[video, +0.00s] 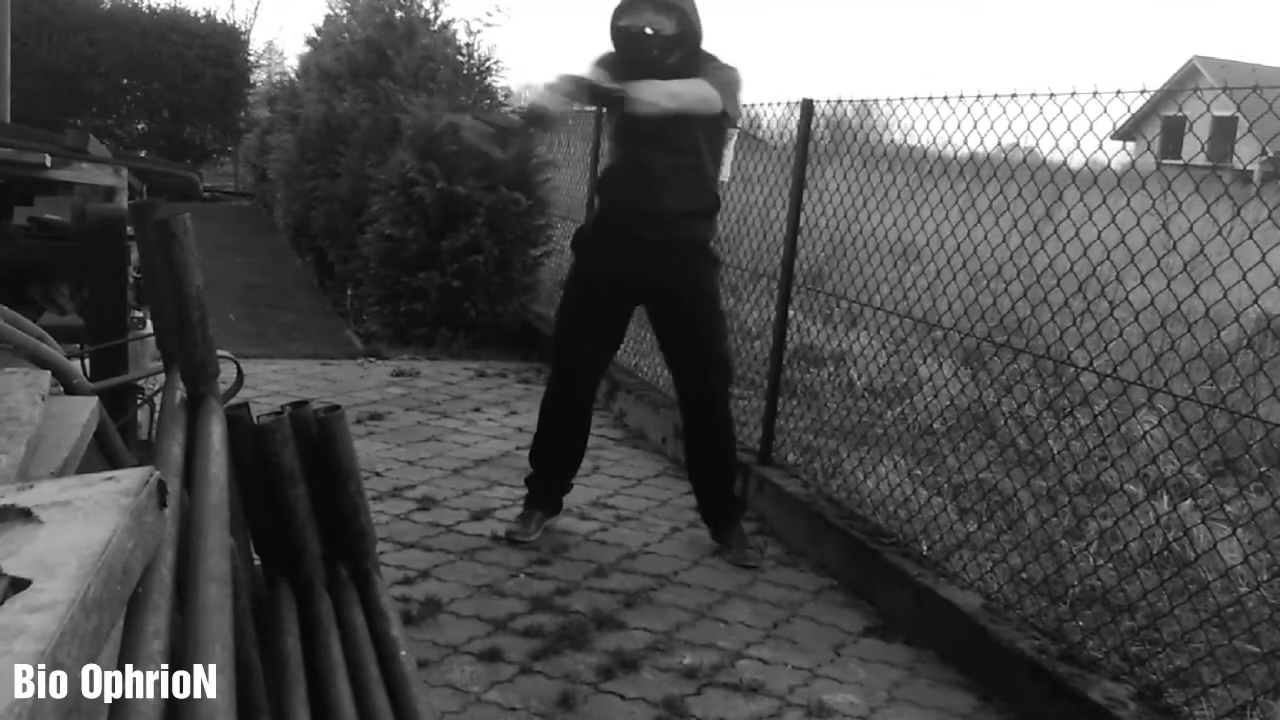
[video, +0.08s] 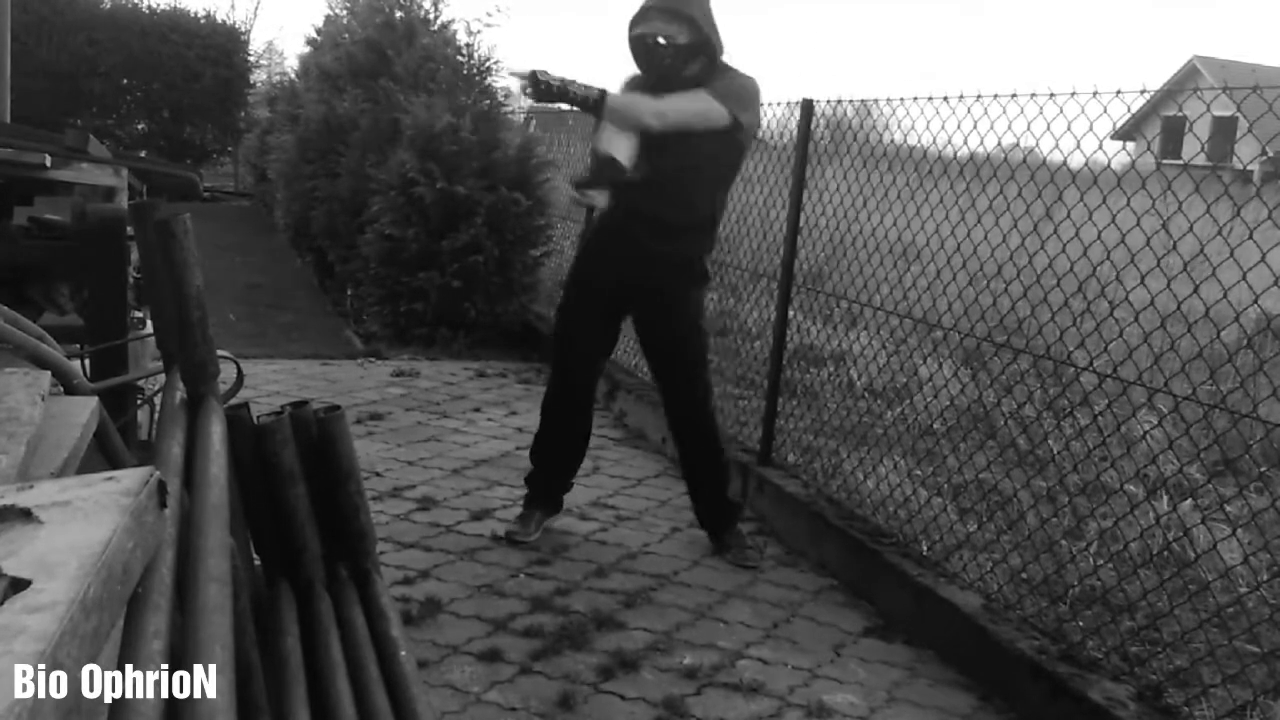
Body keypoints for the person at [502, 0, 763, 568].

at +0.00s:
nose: (643, 41)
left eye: (657, 29)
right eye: (631, 31)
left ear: (684, 35)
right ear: (619, 36)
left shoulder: (719, 78)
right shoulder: (614, 74)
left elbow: (655, 98)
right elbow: (557, 91)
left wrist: (603, 92)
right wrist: (538, 104)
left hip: (682, 255)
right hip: (608, 248)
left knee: (707, 387)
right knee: (571, 375)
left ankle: (725, 520)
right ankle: (542, 499)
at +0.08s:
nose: (657, 58)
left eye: (671, 45)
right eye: (648, 46)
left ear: (701, 44)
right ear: (638, 46)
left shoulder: (737, 92)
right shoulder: (633, 94)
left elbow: (657, 114)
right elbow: (614, 142)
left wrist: (575, 95)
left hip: (671, 270)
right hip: (604, 258)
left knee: (690, 401)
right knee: (570, 382)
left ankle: (722, 524)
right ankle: (541, 500)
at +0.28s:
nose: (656, 45)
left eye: (671, 33)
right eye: (645, 34)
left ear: (697, 35)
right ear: (632, 36)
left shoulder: (727, 75)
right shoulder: (631, 80)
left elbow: (717, 128)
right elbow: (593, 129)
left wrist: (648, 108)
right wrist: (613, 84)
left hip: (683, 256)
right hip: (612, 247)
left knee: (705, 391)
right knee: (571, 374)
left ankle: (724, 522)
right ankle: (542, 499)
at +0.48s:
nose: (647, 29)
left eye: (660, 23)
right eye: (638, 17)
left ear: (676, 34)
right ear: (614, 17)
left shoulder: (687, 72)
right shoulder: (584, 62)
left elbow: (689, 121)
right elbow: (591, 123)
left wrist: (658, 171)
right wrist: (642, 170)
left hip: (692, 251)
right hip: (616, 250)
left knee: (717, 382)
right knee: (584, 380)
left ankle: (735, 518)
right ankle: (546, 501)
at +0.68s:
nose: (645, 48)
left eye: (658, 39)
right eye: (633, 35)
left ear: (676, 43)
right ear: (609, 35)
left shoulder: (688, 77)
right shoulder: (586, 77)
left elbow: (681, 108)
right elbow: (590, 109)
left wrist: (651, 126)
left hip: (690, 254)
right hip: (616, 251)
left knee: (725, 377)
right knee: (578, 377)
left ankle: (735, 518)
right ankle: (546, 502)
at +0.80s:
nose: (657, 35)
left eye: (667, 26)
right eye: (647, 30)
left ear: (691, 22)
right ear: (643, 23)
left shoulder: (726, 61)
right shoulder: (628, 57)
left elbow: (693, 58)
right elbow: (607, 75)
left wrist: (671, 0)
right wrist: (623, 12)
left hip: (688, 247)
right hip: (616, 241)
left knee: (710, 387)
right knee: (577, 375)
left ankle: (728, 519)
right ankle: (542, 498)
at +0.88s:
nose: (655, 51)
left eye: (664, 39)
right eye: (648, 42)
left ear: (696, 35)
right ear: (646, 39)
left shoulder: (742, 75)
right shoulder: (648, 81)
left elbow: (702, 62)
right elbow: (610, 74)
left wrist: (700, 9)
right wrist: (614, 8)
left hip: (683, 255)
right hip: (615, 246)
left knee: (700, 392)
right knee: (576, 375)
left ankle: (724, 523)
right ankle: (541, 497)